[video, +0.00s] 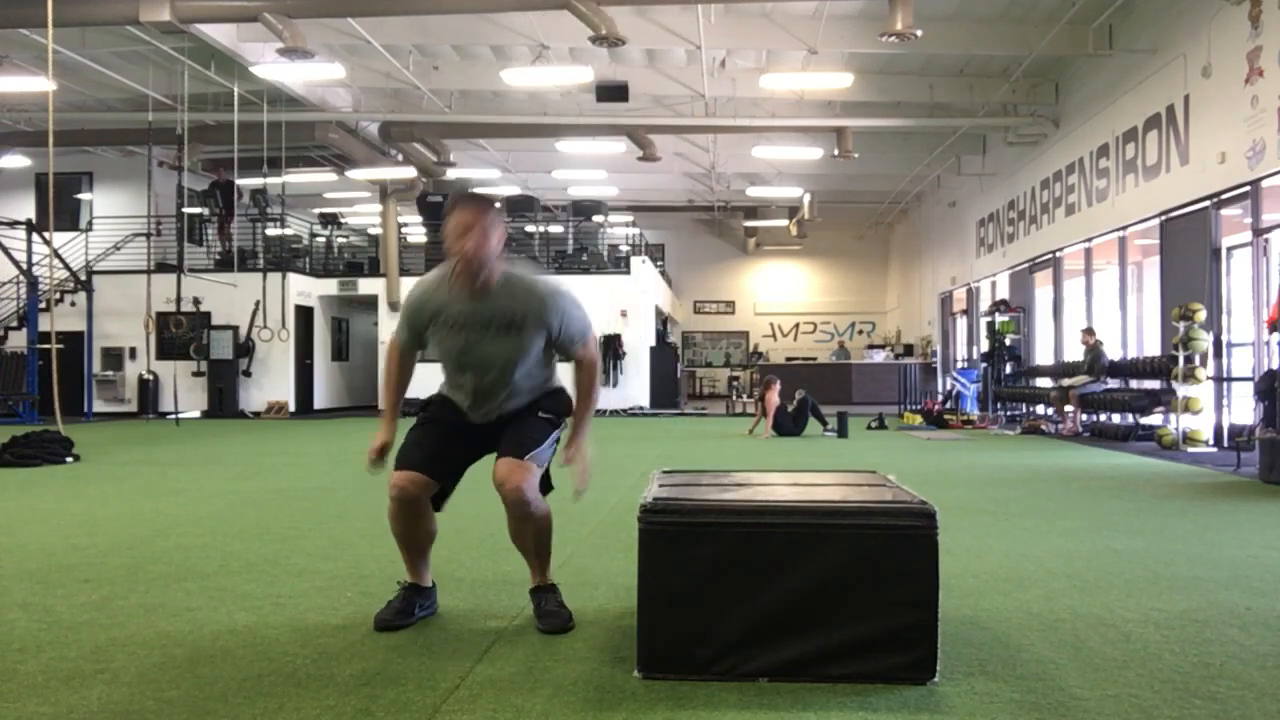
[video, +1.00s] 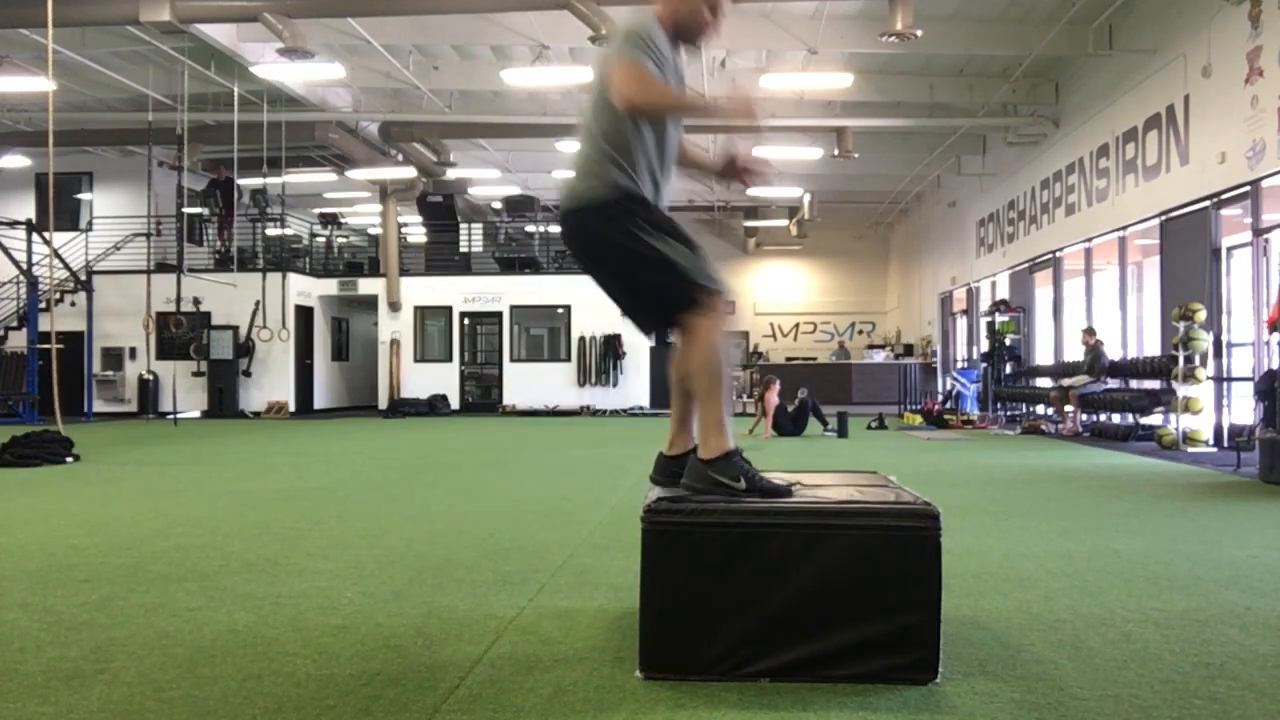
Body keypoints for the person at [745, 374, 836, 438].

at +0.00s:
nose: (779, 387)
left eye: (779, 384)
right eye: (778, 385)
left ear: (767, 385)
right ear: (773, 385)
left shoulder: (764, 396)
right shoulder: (772, 396)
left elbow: (759, 415)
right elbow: (770, 415)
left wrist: (751, 429)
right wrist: (767, 433)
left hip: (784, 430)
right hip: (793, 431)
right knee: (807, 399)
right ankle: (826, 426)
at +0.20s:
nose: (779, 387)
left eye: (779, 384)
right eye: (778, 384)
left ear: (767, 385)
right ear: (773, 385)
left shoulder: (764, 396)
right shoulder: (772, 396)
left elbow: (759, 416)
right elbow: (770, 416)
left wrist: (751, 430)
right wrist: (767, 433)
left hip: (785, 430)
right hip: (793, 431)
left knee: (805, 399)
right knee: (807, 400)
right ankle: (826, 426)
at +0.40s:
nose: (779, 387)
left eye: (779, 384)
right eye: (778, 384)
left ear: (767, 385)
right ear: (773, 385)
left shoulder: (764, 396)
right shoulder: (772, 396)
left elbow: (759, 416)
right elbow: (770, 416)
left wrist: (751, 429)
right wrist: (767, 433)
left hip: (785, 430)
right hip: (793, 431)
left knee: (807, 402)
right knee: (807, 401)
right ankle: (826, 426)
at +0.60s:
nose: (779, 387)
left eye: (779, 384)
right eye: (778, 384)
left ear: (768, 386)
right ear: (772, 385)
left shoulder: (764, 396)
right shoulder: (772, 396)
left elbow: (759, 416)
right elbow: (770, 415)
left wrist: (751, 430)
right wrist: (767, 433)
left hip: (784, 430)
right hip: (793, 431)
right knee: (807, 401)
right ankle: (826, 426)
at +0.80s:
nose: (779, 387)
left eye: (779, 384)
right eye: (778, 384)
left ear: (771, 386)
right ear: (772, 386)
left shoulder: (766, 396)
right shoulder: (772, 397)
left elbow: (759, 416)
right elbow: (769, 416)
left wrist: (751, 429)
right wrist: (767, 433)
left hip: (785, 429)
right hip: (793, 430)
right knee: (808, 401)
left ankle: (799, 401)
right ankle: (826, 426)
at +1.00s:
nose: (779, 387)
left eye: (779, 384)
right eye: (777, 385)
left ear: (769, 386)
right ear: (772, 386)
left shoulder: (765, 396)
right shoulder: (771, 397)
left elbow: (759, 415)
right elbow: (769, 416)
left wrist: (751, 429)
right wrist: (767, 433)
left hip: (785, 430)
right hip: (793, 431)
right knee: (808, 401)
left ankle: (799, 402)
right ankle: (826, 426)